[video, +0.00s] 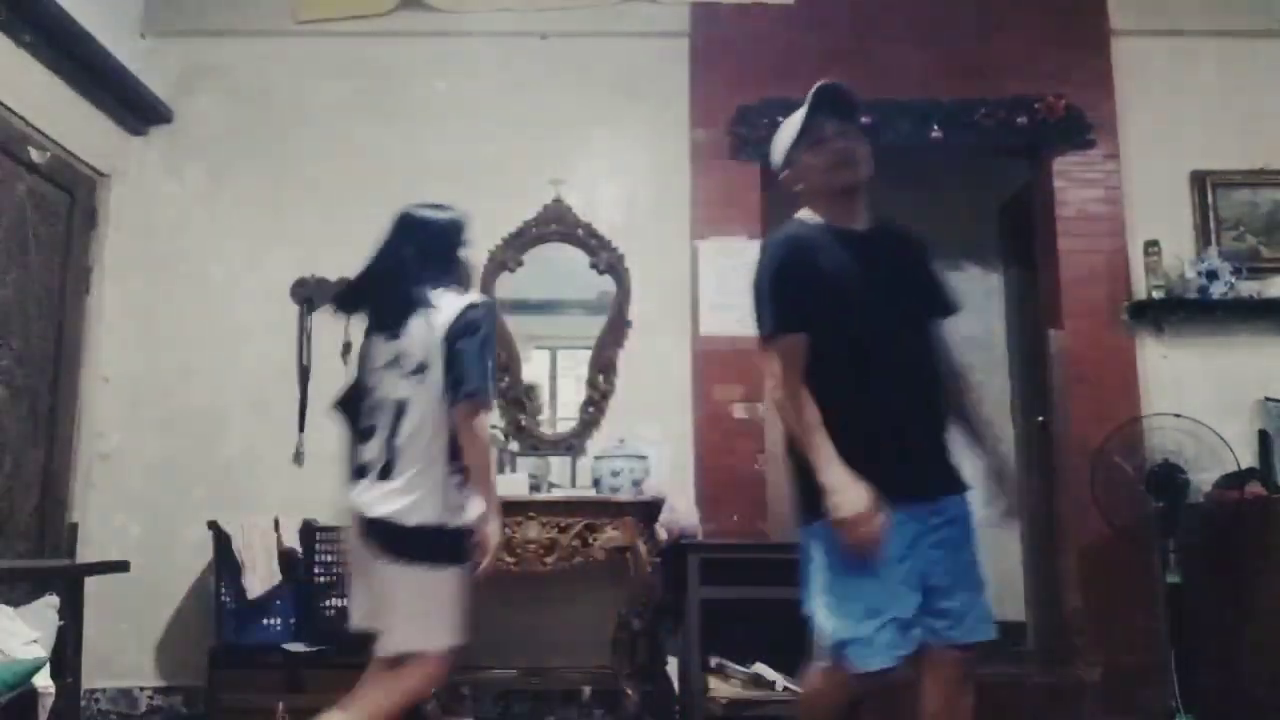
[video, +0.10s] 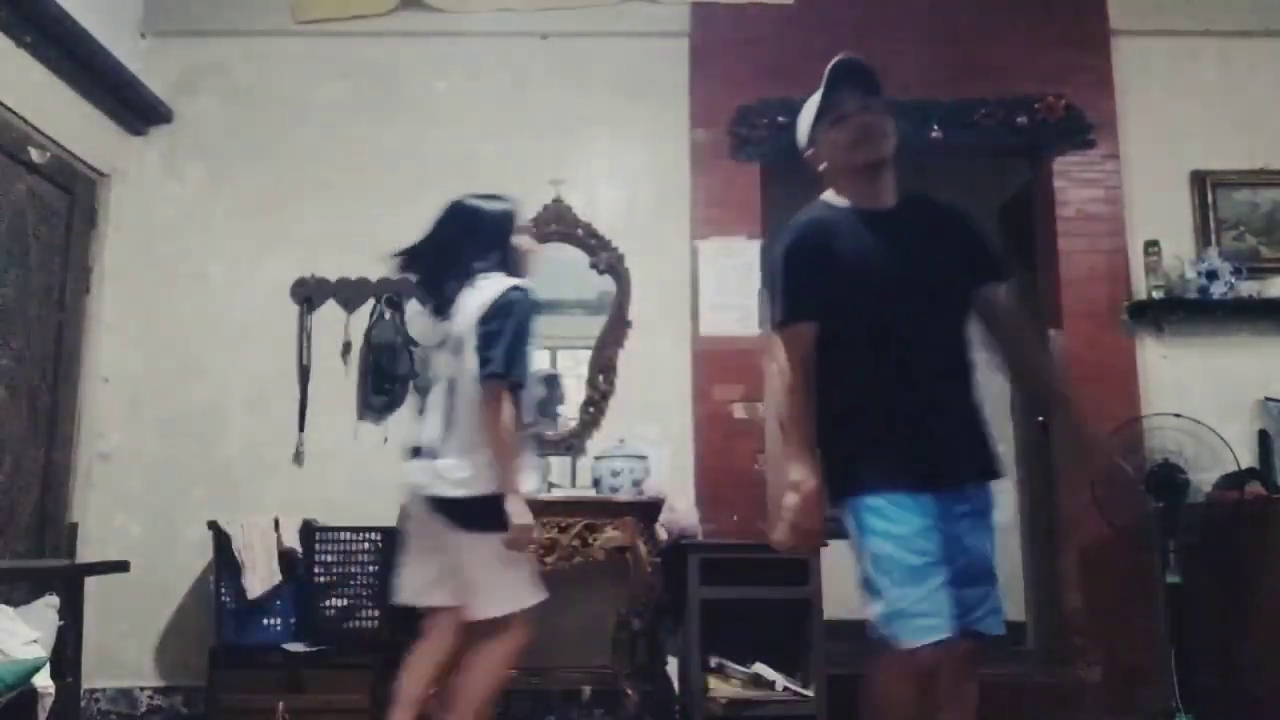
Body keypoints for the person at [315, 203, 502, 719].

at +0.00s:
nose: (468, 258)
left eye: (463, 249)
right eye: (463, 249)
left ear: (402, 251)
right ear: (451, 255)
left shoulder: (383, 310)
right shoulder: (466, 314)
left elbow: (356, 403)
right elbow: (469, 416)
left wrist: (373, 484)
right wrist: (489, 506)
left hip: (373, 507)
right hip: (426, 515)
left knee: (389, 652)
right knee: (430, 659)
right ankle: (342, 714)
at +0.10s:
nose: (524, 243)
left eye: (521, 233)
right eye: (517, 234)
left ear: (453, 240)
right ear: (496, 242)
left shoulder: (429, 296)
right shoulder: (506, 296)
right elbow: (496, 398)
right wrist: (513, 493)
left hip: (427, 485)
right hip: (477, 490)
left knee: (442, 623)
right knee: (512, 624)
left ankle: (400, 712)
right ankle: (456, 714)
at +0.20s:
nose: (581, 259)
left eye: (576, 247)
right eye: (571, 248)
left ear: (520, 259)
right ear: (547, 258)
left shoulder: (509, 307)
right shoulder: (553, 314)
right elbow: (542, 419)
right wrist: (541, 512)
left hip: (480, 499)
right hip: (530, 507)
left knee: (468, 647)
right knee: (570, 641)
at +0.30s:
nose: (626, 289)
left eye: (623, 278)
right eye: (614, 279)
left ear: (552, 297)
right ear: (588, 288)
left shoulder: (556, 344)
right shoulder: (607, 347)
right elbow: (604, 454)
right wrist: (618, 539)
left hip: (540, 531)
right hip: (589, 538)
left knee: (511, 647)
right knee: (640, 649)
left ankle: (458, 715)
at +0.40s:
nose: (683, 288)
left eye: (678, 278)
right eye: (674, 280)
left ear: (631, 291)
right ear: (653, 291)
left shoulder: (612, 344)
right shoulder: (662, 351)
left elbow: (606, 443)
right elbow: (669, 458)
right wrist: (695, 518)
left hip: (609, 526)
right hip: (654, 530)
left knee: (632, 645)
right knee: (690, 650)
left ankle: (526, 711)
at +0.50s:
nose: (729, 275)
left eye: (725, 266)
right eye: (720, 267)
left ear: (687, 278)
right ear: (699, 277)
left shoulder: (677, 333)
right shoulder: (699, 336)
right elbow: (715, 433)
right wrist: (774, 480)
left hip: (694, 518)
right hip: (690, 522)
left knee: (752, 620)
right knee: (695, 646)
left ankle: (658, 696)